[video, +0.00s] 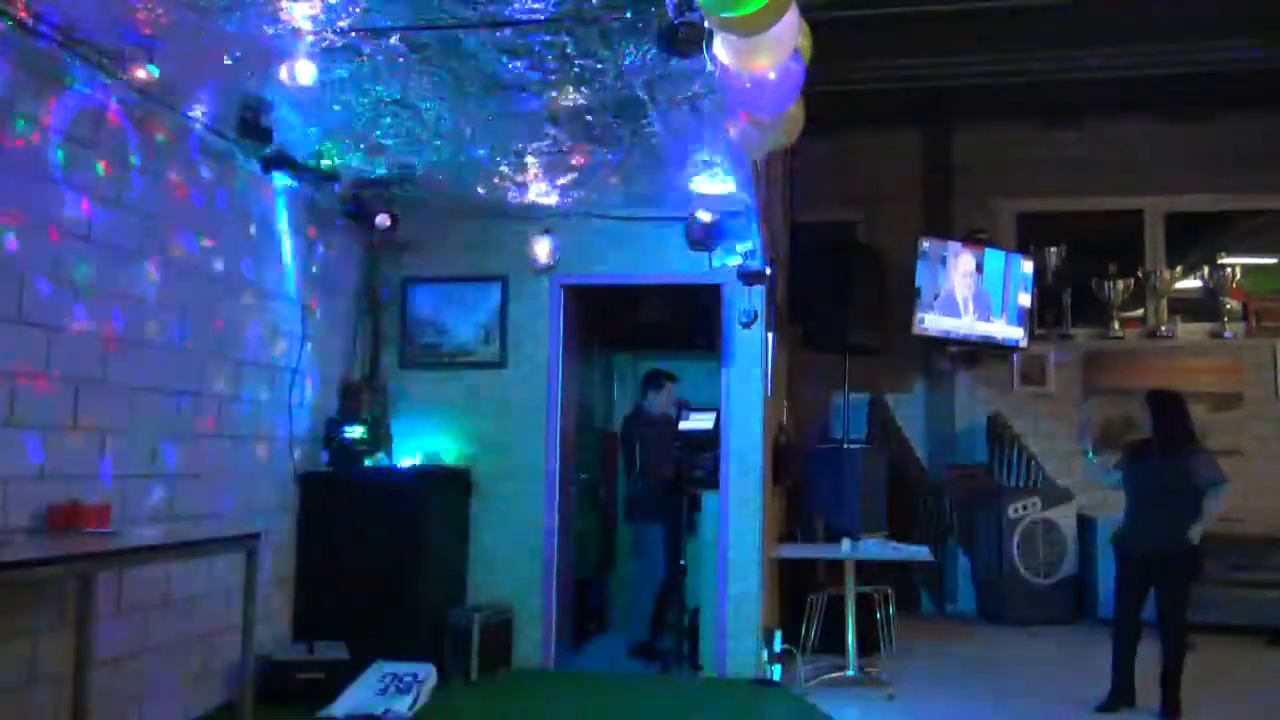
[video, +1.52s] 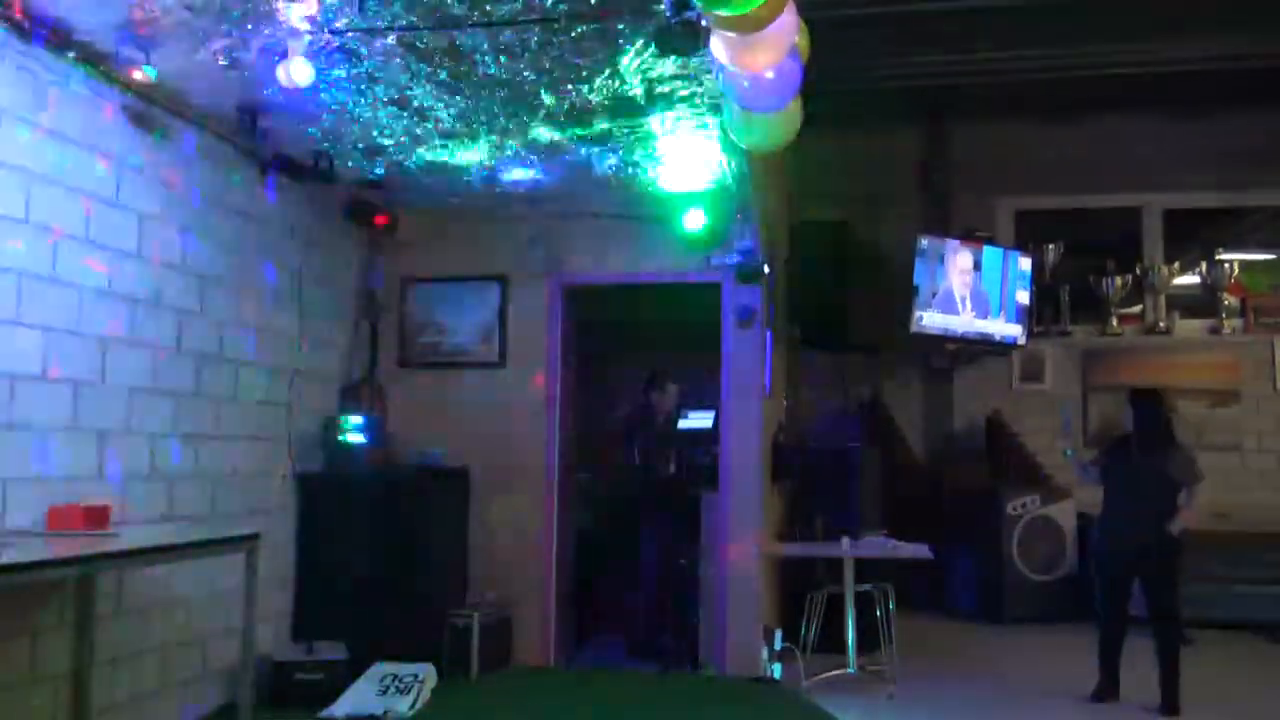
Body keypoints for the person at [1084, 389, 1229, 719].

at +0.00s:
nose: (1149, 418)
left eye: (1150, 412)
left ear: (1150, 415)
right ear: (1182, 415)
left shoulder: (1134, 453)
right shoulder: (1194, 454)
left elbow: (1095, 473)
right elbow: (1219, 491)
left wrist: (1090, 442)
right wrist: (1198, 528)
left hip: (1134, 548)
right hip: (1177, 549)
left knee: (1125, 623)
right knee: (1173, 627)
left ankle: (1121, 692)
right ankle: (1170, 702)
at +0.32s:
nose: (1146, 419)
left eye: (1149, 413)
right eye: (1149, 412)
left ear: (1153, 416)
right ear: (1183, 414)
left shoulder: (1137, 453)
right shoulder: (1202, 456)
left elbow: (1102, 476)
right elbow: (1218, 505)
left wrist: (1106, 446)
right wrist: (1198, 534)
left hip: (1136, 546)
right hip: (1181, 547)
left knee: (1127, 621)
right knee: (1173, 625)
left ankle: (1123, 693)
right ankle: (1171, 703)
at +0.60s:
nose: (1144, 416)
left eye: (1147, 410)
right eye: (1147, 409)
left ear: (1152, 414)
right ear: (1182, 412)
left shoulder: (1136, 449)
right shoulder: (1195, 452)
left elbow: (1110, 477)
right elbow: (1216, 494)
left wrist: (1090, 453)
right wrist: (1199, 530)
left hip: (1135, 545)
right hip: (1179, 547)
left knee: (1132, 622)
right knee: (1175, 626)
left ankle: (1125, 695)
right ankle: (1172, 702)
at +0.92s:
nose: (1141, 416)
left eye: (1143, 410)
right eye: (1144, 409)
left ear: (1148, 414)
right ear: (1179, 412)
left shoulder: (1134, 450)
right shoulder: (1193, 452)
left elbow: (1105, 476)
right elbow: (1215, 493)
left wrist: (1084, 448)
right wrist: (1197, 529)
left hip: (1133, 545)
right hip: (1177, 546)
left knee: (1127, 621)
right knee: (1174, 625)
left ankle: (1123, 694)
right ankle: (1171, 701)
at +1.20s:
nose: (1138, 418)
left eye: (1140, 412)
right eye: (1141, 411)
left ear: (1144, 415)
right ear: (1175, 413)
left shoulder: (1131, 449)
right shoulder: (1189, 452)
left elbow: (1099, 476)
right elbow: (1210, 497)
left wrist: (1081, 449)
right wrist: (1191, 528)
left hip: (1129, 542)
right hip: (1171, 544)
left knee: (1116, 614)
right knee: (1170, 621)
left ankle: (1111, 685)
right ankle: (1169, 698)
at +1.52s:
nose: (1131, 417)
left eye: (1132, 410)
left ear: (1132, 414)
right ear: (1163, 414)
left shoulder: (1117, 449)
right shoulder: (1176, 454)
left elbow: (1089, 475)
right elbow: (1191, 504)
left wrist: (1075, 457)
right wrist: (1171, 528)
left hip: (1116, 543)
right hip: (1159, 544)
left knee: (1111, 616)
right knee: (1165, 620)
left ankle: (1107, 686)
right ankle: (1170, 699)